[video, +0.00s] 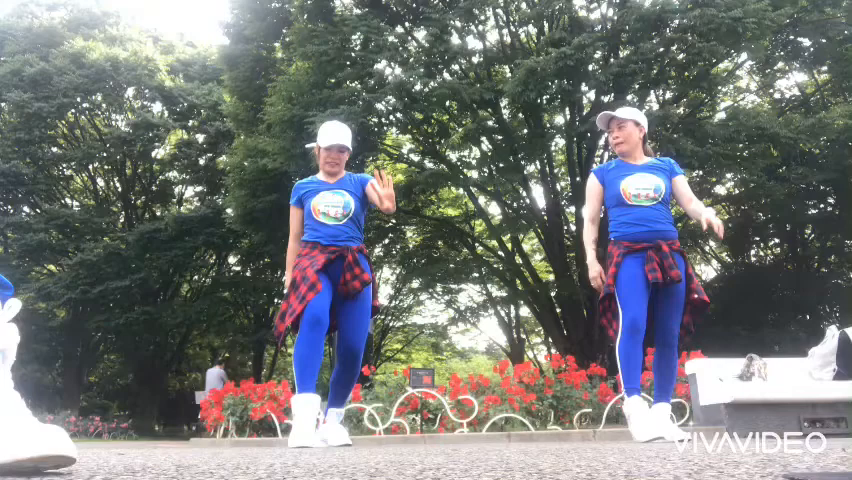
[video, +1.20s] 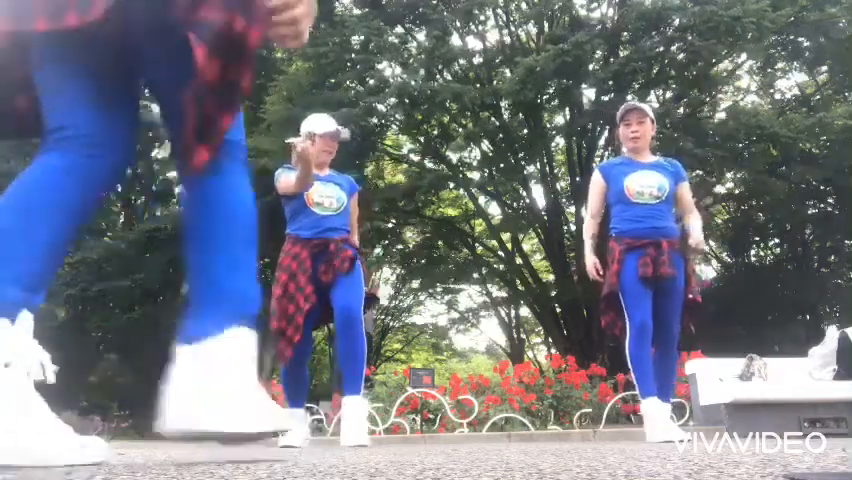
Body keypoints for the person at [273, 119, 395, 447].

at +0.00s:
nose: (333, 156)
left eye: (340, 150)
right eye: (328, 149)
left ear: (348, 154)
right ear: (317, 151)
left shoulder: (361, 182)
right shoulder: (303, 188)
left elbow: (385, 204)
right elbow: (294, 239)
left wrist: (387, 199)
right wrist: (290, 280)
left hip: (354, 264)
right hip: (314, 263)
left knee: (354, 345)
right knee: (315, 319)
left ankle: (333, 420)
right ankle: (303, 415)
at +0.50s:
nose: (332, 127)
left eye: (338, 121)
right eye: (325, 120)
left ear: (347, 126)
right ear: (313, 125)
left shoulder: (359, 154)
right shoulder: (301, 161)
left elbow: (386, 164)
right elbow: (287, 205)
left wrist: (403, 165)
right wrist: (273, 240)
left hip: (350, 249)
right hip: (310, 248)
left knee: (342, 330)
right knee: (309, 320)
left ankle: (334, 417)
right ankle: (301, 409)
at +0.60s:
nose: (331, 123)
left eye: (337, 117)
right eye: (324, 117)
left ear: (345, 121)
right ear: (313, 121)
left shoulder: (358, 151)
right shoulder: (300, 153)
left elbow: (386, 168)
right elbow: (274, 189)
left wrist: (407, 181)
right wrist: (262, 216)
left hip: (347, 246)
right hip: (308, 245)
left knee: (340, 328)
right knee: (304, 322)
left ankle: (337, 414)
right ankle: (299, 409)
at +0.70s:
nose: (329, 130)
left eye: (336, 123)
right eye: (323, 123)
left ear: (344, 127)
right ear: (311, 126)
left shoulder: (356, 158)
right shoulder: (296, 154)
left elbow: (385, 190)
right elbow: (261, 169)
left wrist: (413, 220)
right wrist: (250, 174)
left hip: (342, 250)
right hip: (302, 249)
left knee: (340, 328)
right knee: (302, 330)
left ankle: (335, 415)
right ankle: (296, 416)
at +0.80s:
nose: (325, 138)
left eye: (331, 132)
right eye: (319, 131)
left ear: (339, 135)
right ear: (307, 133)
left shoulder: (353, 170)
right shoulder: (294, 159)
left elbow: (376, 212)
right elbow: (258, 161)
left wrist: (393, 254)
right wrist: (252, 157)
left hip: (338, 253)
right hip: (298, 254)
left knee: (346, 316)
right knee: (298, 332)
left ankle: (341, 402)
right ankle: (296, 414)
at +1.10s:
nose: (328, 147)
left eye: (334, 141)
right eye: (322, 140)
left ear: (339, 146)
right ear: (307, 143)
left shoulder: (350, 183)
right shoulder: (287, 176)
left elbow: (353, 230)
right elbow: (300, 185)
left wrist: (347, 262)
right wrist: (304, 154)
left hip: (342, 254)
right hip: (302, 256)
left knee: (347, 313)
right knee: (298, 337)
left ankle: (353, 408)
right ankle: (295, 419)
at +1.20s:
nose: (330, 145)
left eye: (334, 139)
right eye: (322, 139)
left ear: (338, 144)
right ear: (304, 142)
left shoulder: (347, 183)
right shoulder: (286, 174)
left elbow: (353, 230)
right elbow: (295, 186)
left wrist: (354, 268)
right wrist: (306, 165)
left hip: (342, 254)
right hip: (301, 255)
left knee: (349, 313)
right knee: (296, 337)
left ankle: (353, 408)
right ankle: (296, 418)